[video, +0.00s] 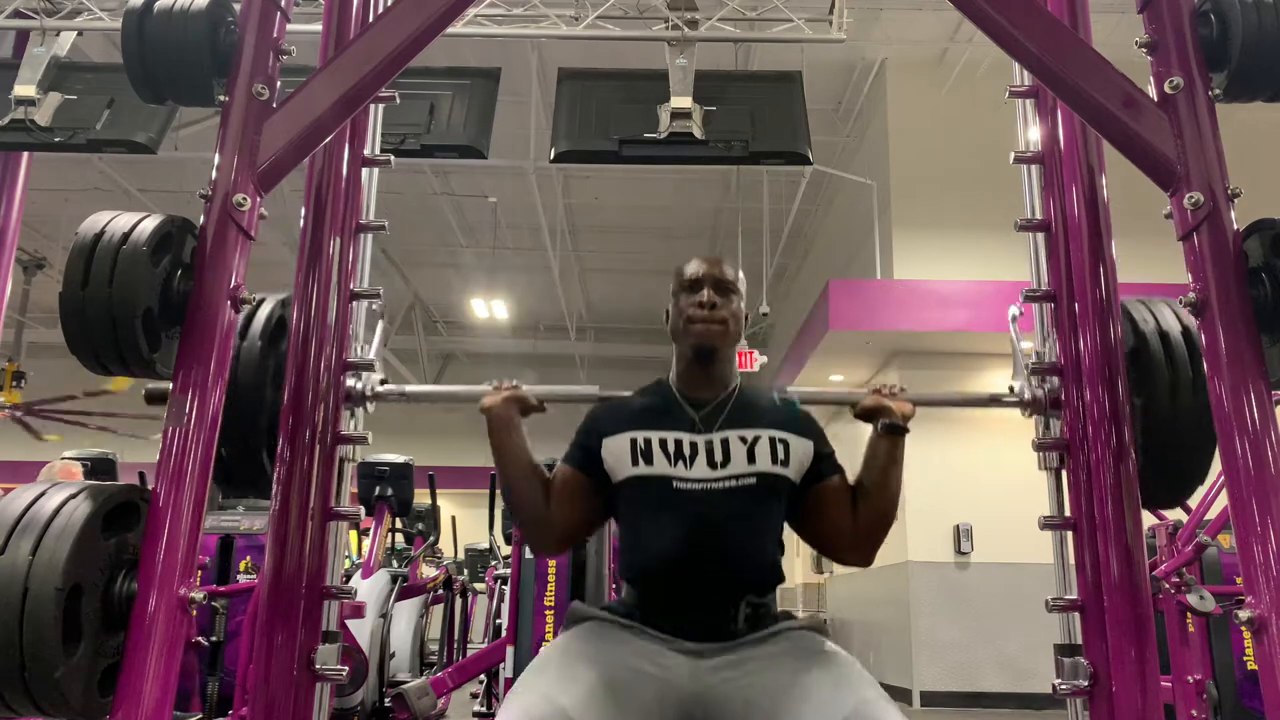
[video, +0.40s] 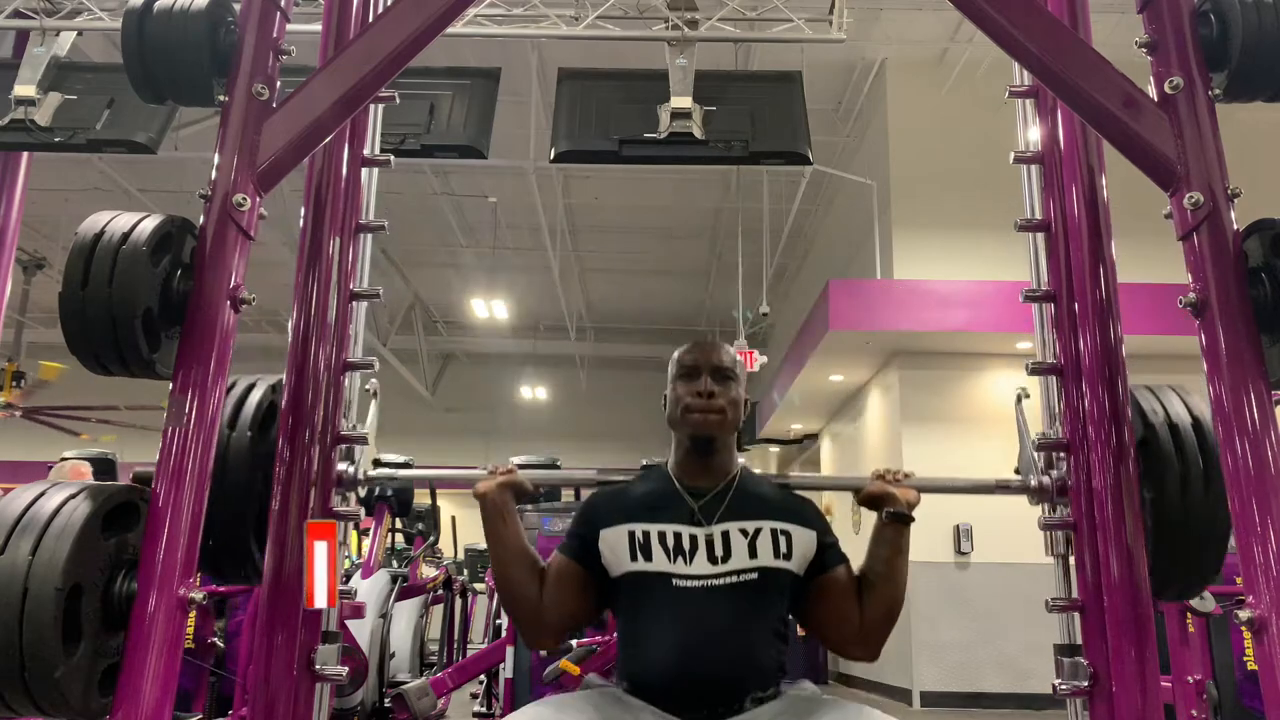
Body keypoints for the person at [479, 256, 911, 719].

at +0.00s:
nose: (706, 297)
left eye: (723, 290)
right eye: (692, 289)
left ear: (745, 318)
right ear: (671, 317)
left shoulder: (787, 423)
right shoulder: (616, 422)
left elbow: (857, 543)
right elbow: (548, 533)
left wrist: (888, 435)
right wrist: (502, 420)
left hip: (763, 650)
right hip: (631, 645)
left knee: (877, 717)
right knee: (526, 714)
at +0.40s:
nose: (705, 388)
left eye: (722, 378)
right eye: (689, 378)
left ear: (744, 407)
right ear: (666, 405)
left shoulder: (792, 514)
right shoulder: (611, 510)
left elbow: (861, 639)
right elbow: (543, 626)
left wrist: (893, 523)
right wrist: (496, 506)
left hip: (768, 703)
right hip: (636, 702)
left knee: (883, 717)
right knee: (520, 718)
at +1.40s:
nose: (703, 297)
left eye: (720, 294)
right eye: (688, 293)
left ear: (742, 331)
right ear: (668, 329)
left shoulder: (787, 430)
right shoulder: (615, 429)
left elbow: (859, 550)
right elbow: (544, 532)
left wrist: (889, 443)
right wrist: (502, 430)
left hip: (769, 649)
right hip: (636, 648)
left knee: (887, 715)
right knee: (533, 711)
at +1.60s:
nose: (705, 237)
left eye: (721, 234)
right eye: (691, 232)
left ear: (741, 269)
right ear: (669, 267)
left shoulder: (789, 373)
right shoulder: (617, 370)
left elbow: (857, 486)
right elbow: (547, 475)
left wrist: (888, 385)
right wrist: (505, 368)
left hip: (775, 599)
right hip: (636, 596)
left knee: (874, 711)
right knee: (549, 710)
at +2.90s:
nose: (706, 329)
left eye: (722, 322)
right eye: (691, 321)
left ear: (743, 352)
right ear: (668, 350)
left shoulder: (789, 457)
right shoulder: (613, 454)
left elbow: (858, 580)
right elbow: (546, 561)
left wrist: (893, 467)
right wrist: (501, 456)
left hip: (767, 671)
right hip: (635, 668)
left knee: (879, 715)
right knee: (520, 713)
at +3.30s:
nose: (705, 406)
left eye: (721, 398)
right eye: (689, 397)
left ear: (744, 427)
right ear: (665, 424)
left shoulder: (793, 538)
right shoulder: (609, 531)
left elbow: (860, 664)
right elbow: (544, 651)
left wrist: (896, 544)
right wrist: (501, 545)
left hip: (761, 714)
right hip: (640, 714)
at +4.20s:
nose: (701, 331)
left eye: (717, 326)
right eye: (685, 327)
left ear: (743, 360)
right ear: (666, 360)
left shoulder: (788, 463)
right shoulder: (613, 462)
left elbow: (857, 586)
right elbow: (543, 567)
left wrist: (893, 472)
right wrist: (500, 463)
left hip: (771, 672)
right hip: (637, 669)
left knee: (892, 717)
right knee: (518, 717)